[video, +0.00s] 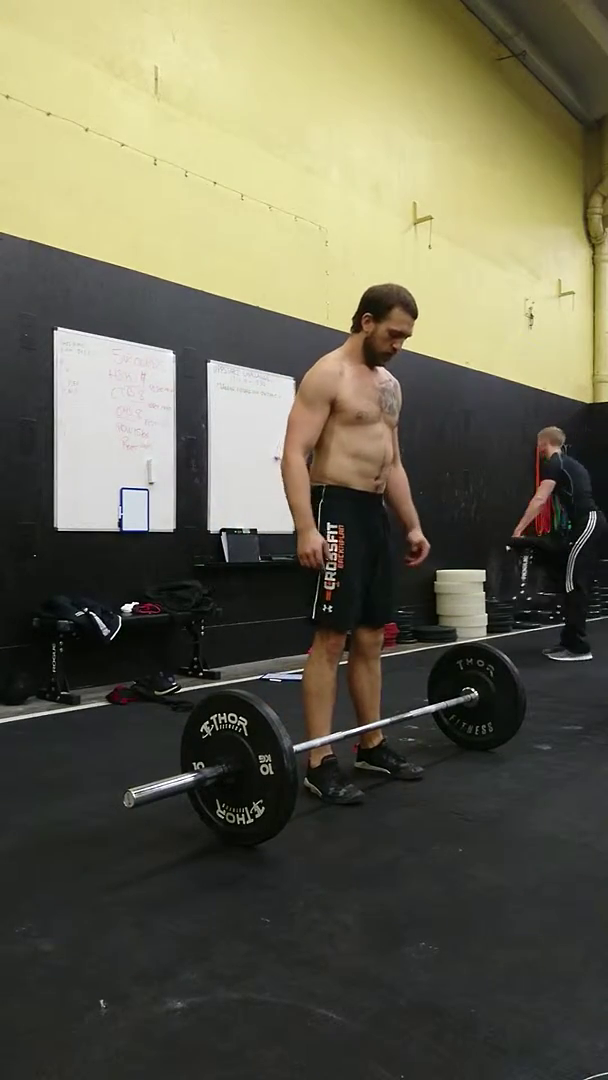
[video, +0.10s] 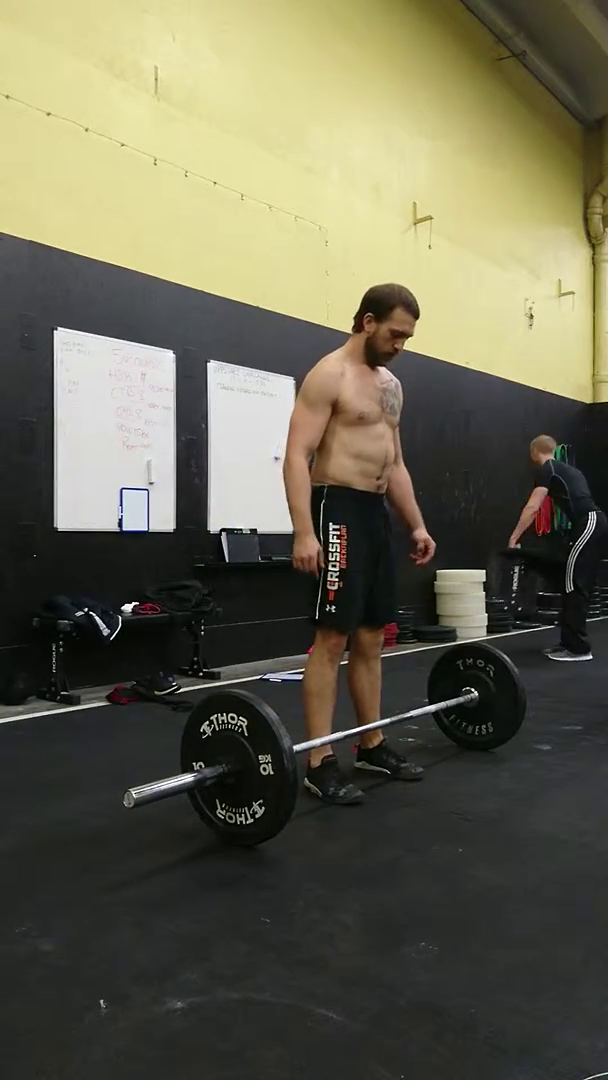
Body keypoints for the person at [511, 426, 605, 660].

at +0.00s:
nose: (538, 450)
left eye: (539, 445)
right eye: (538, 446)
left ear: (546, 444)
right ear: (560, 445)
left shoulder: (555, 462)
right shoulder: (571, 463)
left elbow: (539, 499)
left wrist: (520, 527)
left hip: (587, 521)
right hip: (590, 520)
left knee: (573, 578)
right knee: (575, 579)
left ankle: (576, 645)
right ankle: (572, 641)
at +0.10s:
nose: (533, 459)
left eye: (533, 456)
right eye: (533, 456)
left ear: (537, 454)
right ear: (553, 451)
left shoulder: (549, 468)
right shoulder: (568, 468)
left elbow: (532, 507)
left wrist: (514, 537)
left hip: (588, 521)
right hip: (594, 520)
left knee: (573, 579)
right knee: (576, 580)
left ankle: (576, 646)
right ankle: (571, 642)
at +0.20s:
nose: (528, 469)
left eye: (527, 466)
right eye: (528, 467)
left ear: (530, 465)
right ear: (548, 460)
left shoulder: (542, 477)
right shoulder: (564, 475)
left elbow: (527, 515)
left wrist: (509, 547)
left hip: (590, 523)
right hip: (595, 521)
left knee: (572, 581)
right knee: (575, 581)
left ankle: (577, 647)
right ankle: (571, 642)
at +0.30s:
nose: (525, 479)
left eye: (524, 476)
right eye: (524, 476)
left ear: (528, 473)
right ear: (544, 469)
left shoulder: (537, 485)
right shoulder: (558, 480)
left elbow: (522, 525)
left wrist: (506, 555)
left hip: (590, 524)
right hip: (596, 522)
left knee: (570, 580)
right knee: (576, 582)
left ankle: (577, 647)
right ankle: (571, 642)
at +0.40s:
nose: (523, 487)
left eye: (523, 484)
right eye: (523, 485)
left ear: (525, 482)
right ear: (542, 476)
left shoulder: (534, 491)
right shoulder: (555, 486)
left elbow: (519, 532)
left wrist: (505, 562)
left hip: (590, 525)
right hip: (599, 522)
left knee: (569, 582)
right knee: (579, 584)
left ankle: (577, 647)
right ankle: (571, 640)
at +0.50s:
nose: (524, 496)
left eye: (523, 493)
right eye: (523, 494)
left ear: (524, 491)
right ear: (540, 484)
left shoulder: (532, 500)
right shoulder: (556, 494)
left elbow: (518, 539)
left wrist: (503, 571)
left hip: (590, 528)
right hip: (600, 524)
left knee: (568, 583)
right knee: (580, 585)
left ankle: (577, 648)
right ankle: (570, 642)